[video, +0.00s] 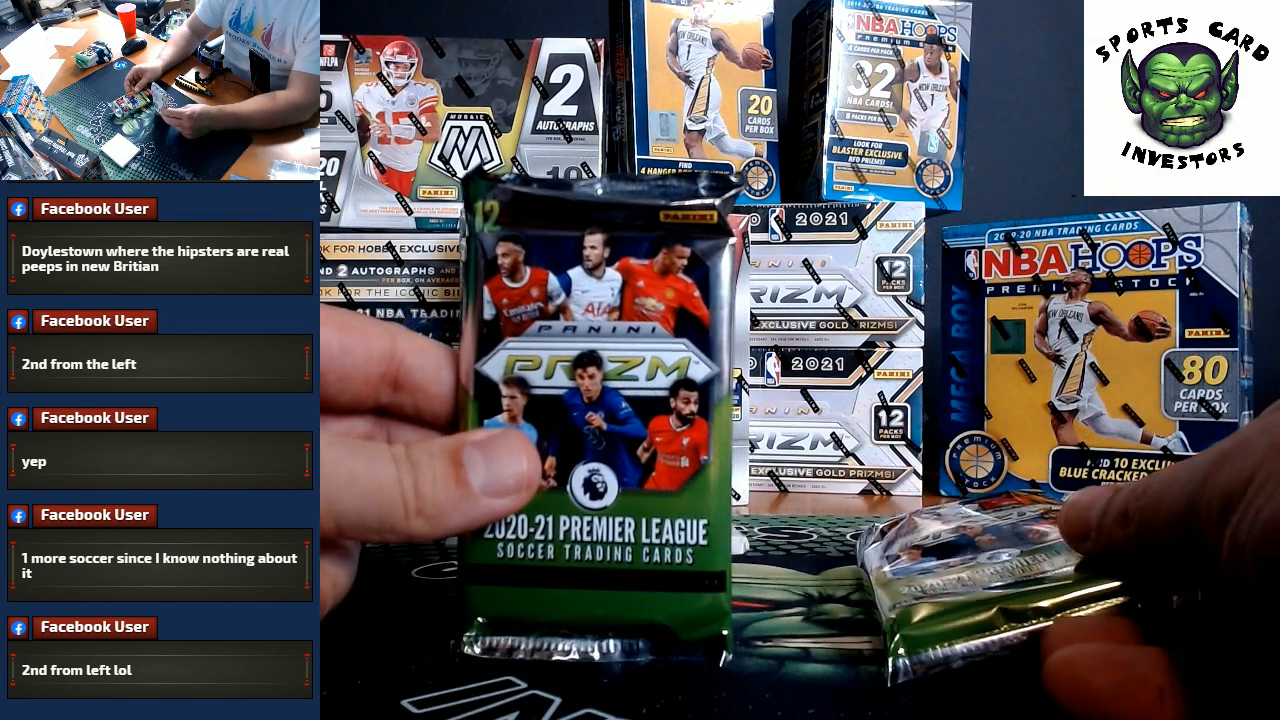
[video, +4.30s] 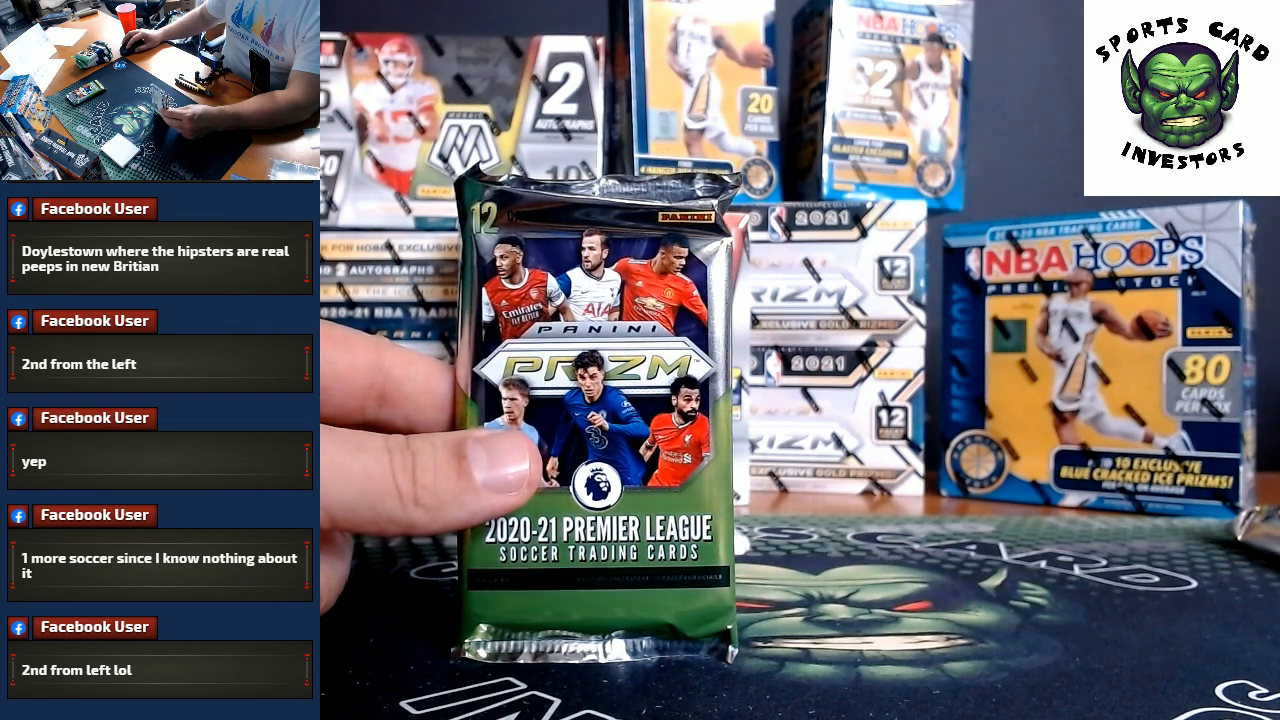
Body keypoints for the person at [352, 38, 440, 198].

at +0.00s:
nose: (399, 71)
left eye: (404, 67)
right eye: (394, 66)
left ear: (412, 68)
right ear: (384, 66)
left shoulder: (423, 91)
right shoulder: (366, 91)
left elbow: (433, 133)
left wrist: (392, 130)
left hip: (405, 172)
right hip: (375, 168)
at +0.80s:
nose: (399, 71)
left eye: (405, 65)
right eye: (393, 64)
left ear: (412, 66)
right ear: (382, 65)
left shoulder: (421, 91)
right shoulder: (365, 91)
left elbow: (432, 131)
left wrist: (392, 129)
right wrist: (365, 129)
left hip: (404, 172)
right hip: (373, 168)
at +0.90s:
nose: (398, 70)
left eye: (404, 64)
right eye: (392, 63)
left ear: (412, 65)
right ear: (381, 64)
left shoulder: (423, 89)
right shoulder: (364, 90)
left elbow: (432, 130)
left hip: (404, 168)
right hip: (372, 164)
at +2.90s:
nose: (399, 70)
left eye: (405, 65)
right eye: (393, 64)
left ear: (413, 66)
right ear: (382, 64)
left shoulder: (423, 90)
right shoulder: (365, 90)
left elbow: (432, 130)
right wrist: (370, 126)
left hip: (405, 170)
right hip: (374, 165)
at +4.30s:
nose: (399, 71)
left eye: (405, 65)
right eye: (394, 64)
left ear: (412, 66)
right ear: (382, 64)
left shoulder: (421, 91)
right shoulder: (365, 90)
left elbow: (433, 130)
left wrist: (419, 128)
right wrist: (370, 126)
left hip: (405, 170)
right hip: (374, 166)